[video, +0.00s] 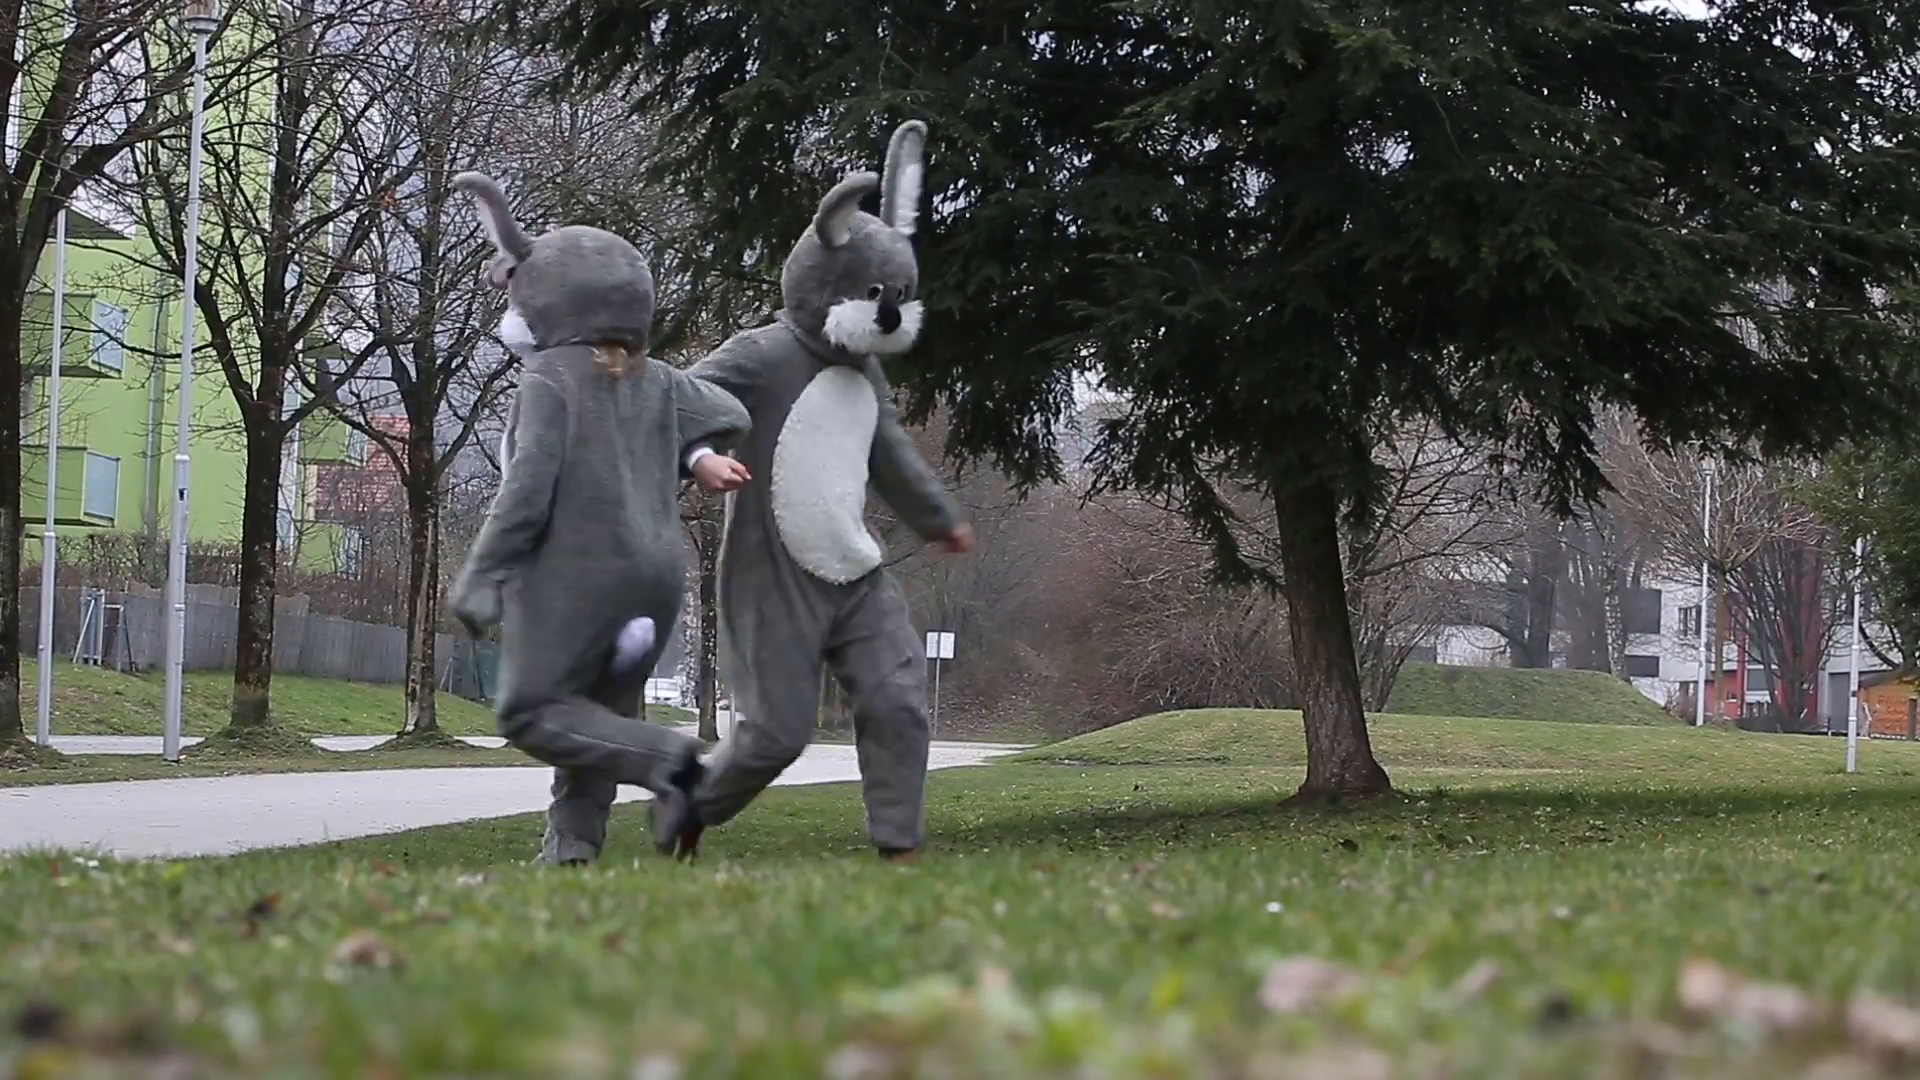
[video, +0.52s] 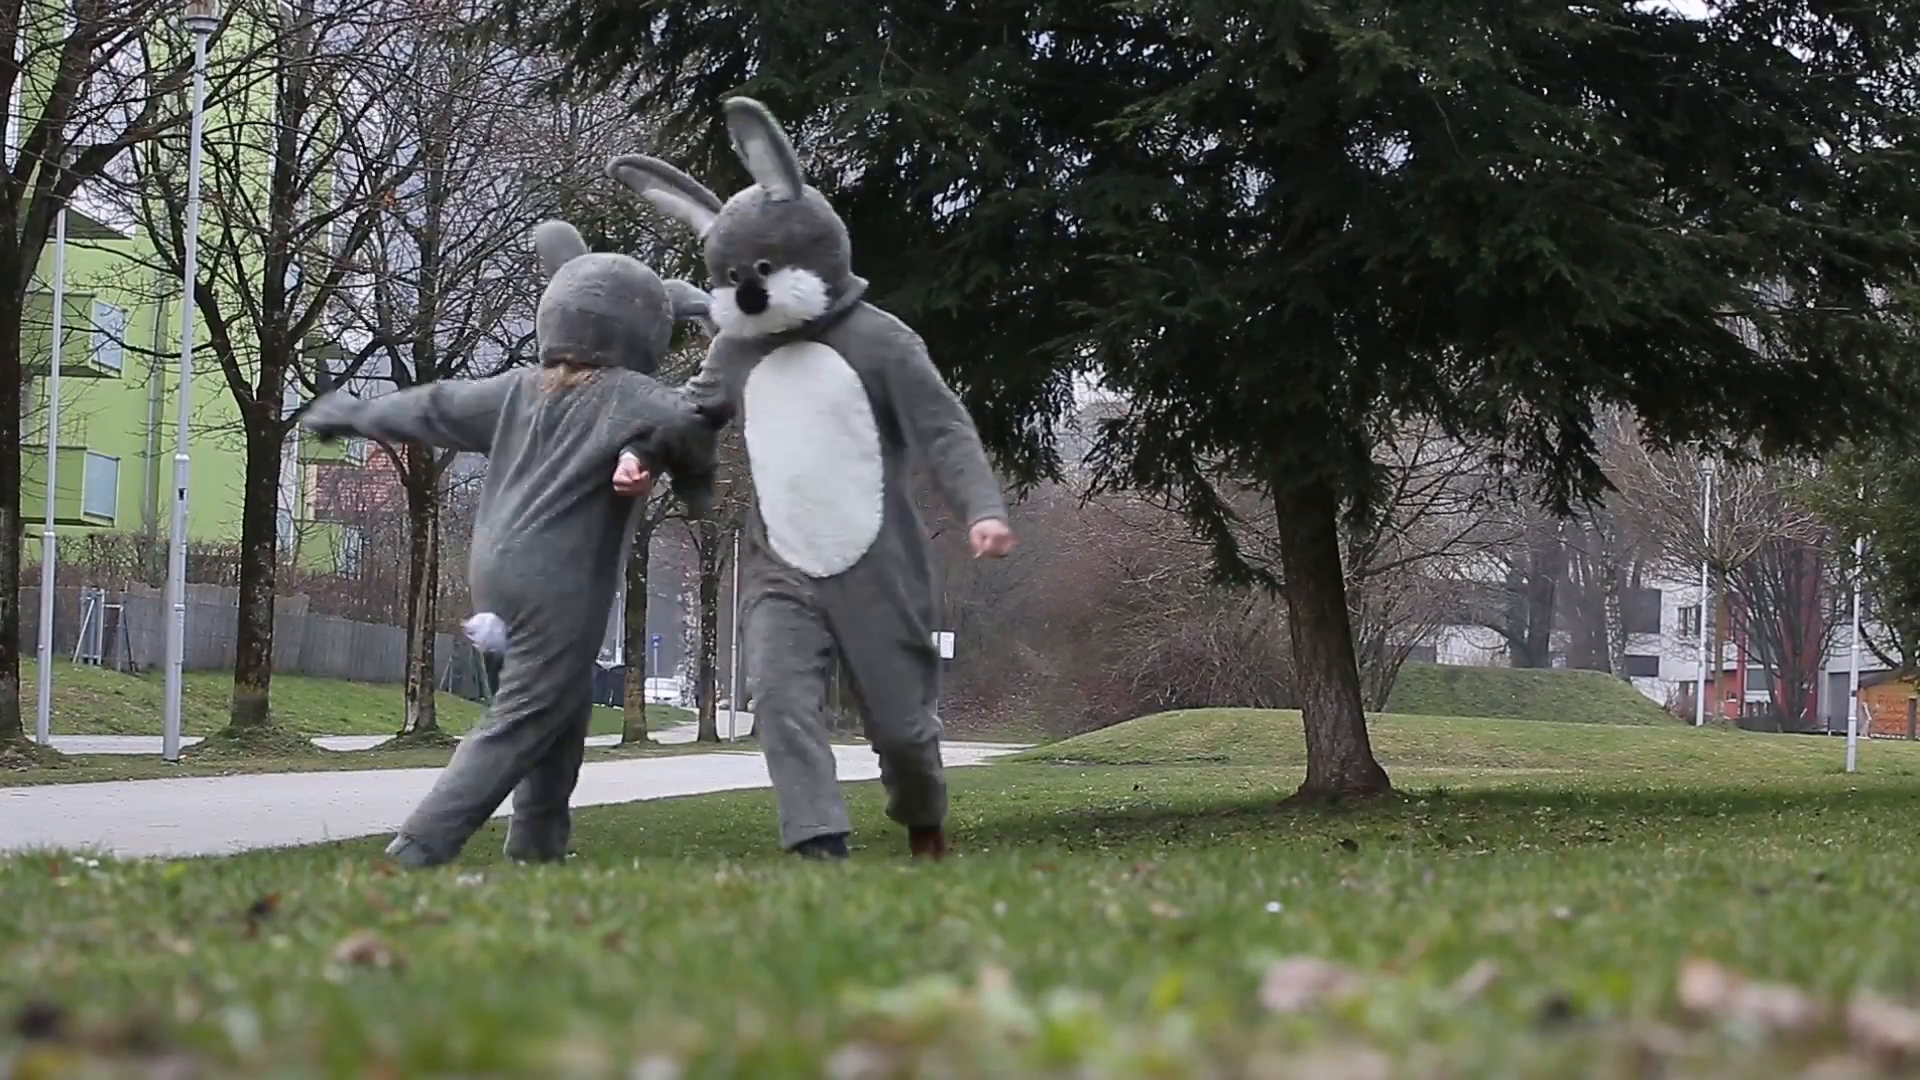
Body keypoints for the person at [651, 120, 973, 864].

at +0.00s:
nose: (880, 320)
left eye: (888, 306)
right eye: (869, 303)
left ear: (884, 306)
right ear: (825, 294)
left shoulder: (864, 380)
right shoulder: (762, 354)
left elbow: (893, 457)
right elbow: (670, 403)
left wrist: (940, 517)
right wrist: (694, 454)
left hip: (857, 572)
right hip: (771, 576)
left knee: (898, 703)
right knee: (776, 735)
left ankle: (898, 845)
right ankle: (685, 814)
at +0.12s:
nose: (895, 286)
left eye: (907, 271)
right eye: (880, 267)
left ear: (914, 269)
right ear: (838, 261)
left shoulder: (914, 345)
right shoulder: (772, 327)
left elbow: (979, 404)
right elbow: (681, 374)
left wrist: (1072, 441)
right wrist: (687, 419)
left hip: (879, 549)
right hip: (793, 545)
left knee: (900, 695)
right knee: (834, 680)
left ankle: (895, 839)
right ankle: (790, 767)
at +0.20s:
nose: (877, 253)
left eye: (893, 237)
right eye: (861, 236)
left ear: (912, 236)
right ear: (823, 234)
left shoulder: (929, 316)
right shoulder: (777, 305)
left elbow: (1001, 372)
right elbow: (694, 359)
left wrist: (1093, 406)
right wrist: (674, 401)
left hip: (889, 526)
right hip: (797, 517)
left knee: (894, 671)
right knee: (838, 649)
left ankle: (892, 817)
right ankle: (848, 777)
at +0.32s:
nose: (843, 250)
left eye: (863, 232)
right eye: (823, 235)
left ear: (892, 230)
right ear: (797, 236)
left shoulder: (925, 306)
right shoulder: (767, 307)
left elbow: (1000, 370)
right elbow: (697, 367)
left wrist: (1072, 423)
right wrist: (660, 407)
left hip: (904, 526)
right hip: (806, 523)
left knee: (904, 672)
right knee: (824, 655)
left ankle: (910, 820)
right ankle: (852, 805)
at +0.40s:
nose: (817, 283)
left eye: (837, 264)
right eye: (797, 268)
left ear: (870, 257)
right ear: (775, 269)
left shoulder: (915, 330)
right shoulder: (762, 339)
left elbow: (990, 398)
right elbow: (697, 395)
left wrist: (1050, 459)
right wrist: (653, 431)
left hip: (906, 554)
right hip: (809, 555)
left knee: (918, 703)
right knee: (816, 682)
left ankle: (919, 845)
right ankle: (825, 827)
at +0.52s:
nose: (760, 291)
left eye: (776, 269)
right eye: (743, 277)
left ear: (817, 260)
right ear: (728, 279)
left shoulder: (877, 338)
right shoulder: (734, 353)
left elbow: (941, 425)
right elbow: (691, 418)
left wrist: (983, 507)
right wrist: (647, 453)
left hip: (874, 563)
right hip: (778, 567)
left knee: (903, 729)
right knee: (781, 701)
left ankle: (924, 823)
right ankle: (818, 847)